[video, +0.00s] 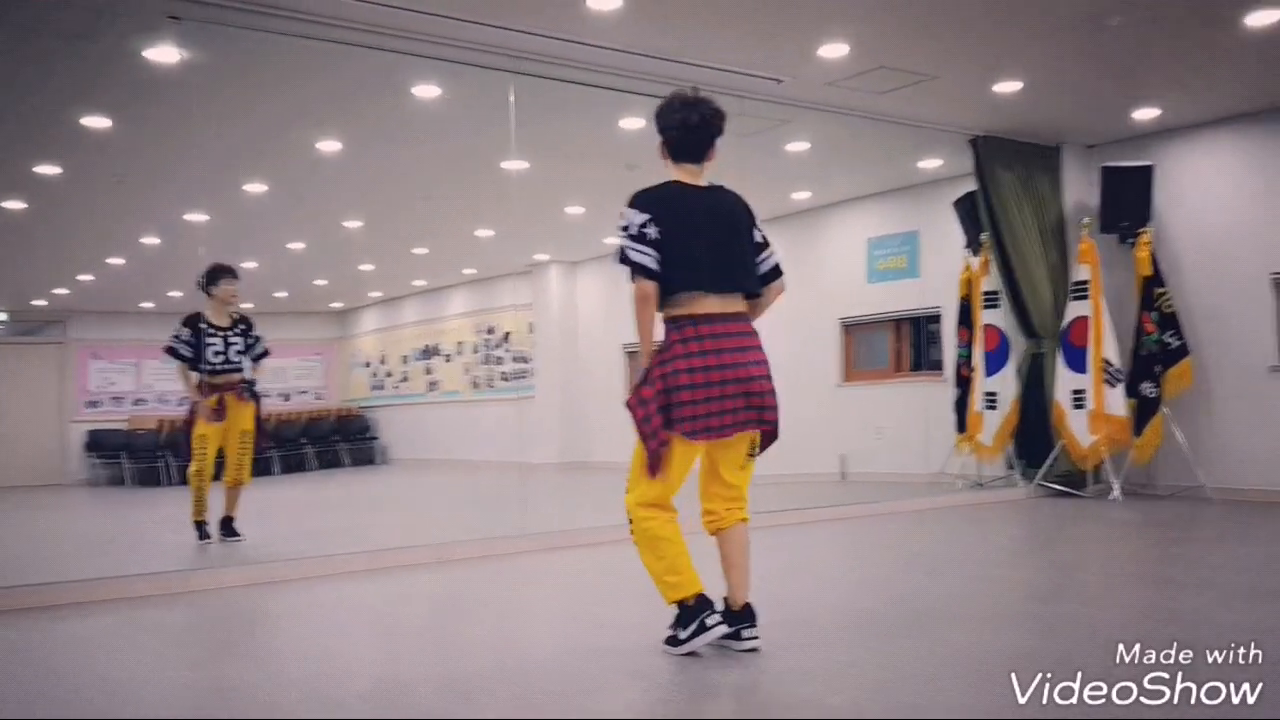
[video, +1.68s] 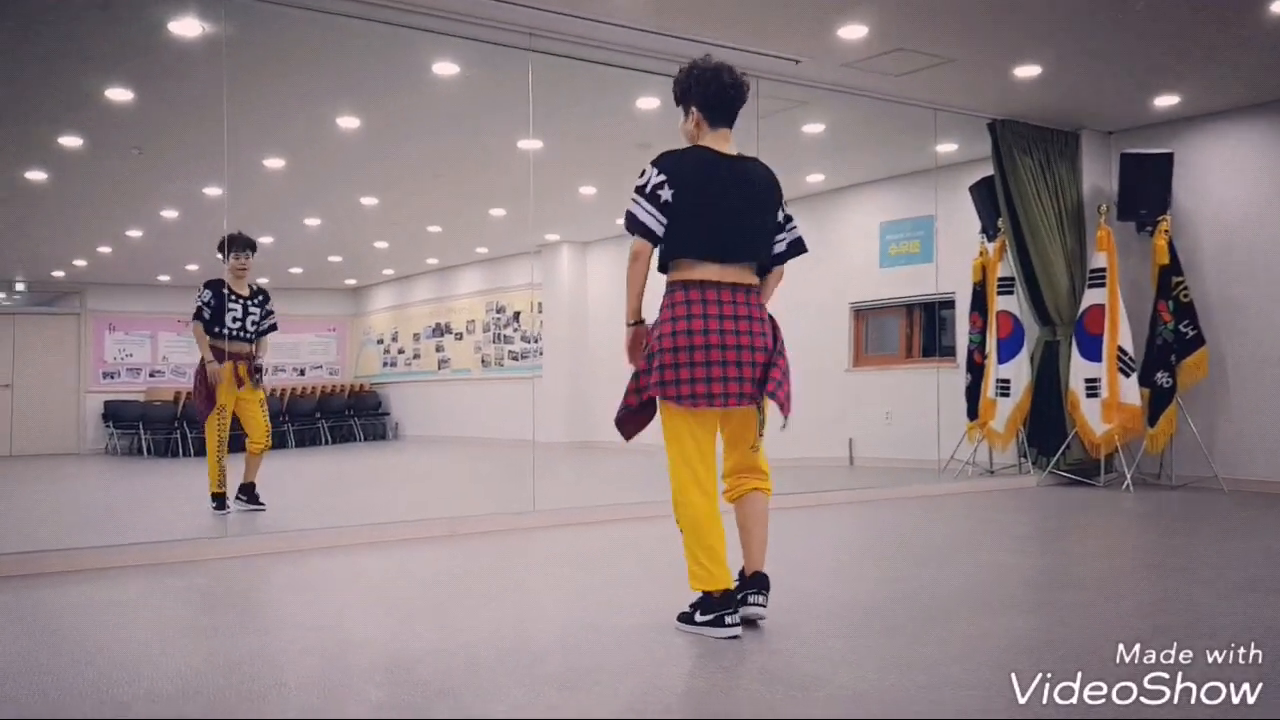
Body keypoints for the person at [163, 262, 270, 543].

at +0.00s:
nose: (234, 290)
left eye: (235, 284)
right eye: (227, 284)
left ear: (237, 288)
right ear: (210, 290)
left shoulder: (244, 323)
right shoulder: (193, 324)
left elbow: (259, 358)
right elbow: (181, 365)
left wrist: (251, 385)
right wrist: (196, 397)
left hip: (241, 395)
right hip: (208, 395)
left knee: (239, 462)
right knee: (202, 463)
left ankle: (228, 520)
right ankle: (200, 520)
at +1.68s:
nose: (242, 261)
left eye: (247, 256)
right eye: (236, 256)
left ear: (253, 260)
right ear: (225, 260)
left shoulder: (260, 295)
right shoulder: (213, 289)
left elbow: (263, 336)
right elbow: (197, 325)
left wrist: (258, 360)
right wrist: (209, 360)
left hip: (247, 366)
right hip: (218, 365)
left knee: (260, 433)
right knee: (218, 434)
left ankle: (247, 489)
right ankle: (218, 493)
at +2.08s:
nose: (262, 254)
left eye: (266, 250)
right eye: (255, 250)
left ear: (272, 257)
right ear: (245, 258)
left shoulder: (287, 289)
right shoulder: (233, 293)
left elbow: (305, 324)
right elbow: (225, 330)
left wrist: (293, 350)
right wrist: (238, 352)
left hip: (278, 363)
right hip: (245, 363)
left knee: (277, 427)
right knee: (233, 428)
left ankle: (267, 481)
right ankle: (240, 483)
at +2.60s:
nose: (259, 256)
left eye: (263, 252)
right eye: (252, 252)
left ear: (268, 258)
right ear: (239, 258)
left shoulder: (268, 293)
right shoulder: (230, 287)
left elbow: (272, 335)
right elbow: (213, 325)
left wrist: (280, 357)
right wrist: (222, 364)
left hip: (270, 363)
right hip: (243, 363)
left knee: (274, 431)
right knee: (254, 435)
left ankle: (266, 485)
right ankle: (239, 488)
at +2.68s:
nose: (257, 261)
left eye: (261, 256)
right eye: (250, 256)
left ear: (265, 261)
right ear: (238, 261)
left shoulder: (266, 296)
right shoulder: (231, 288)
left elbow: (270, 337)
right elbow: (218, 328)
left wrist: (275, 367)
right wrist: (221, 369)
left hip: (265, 366)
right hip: (241, 366)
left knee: (283, 430)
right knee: (247, 435)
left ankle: (265, 485)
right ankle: (237, 491)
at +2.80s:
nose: (257, 261)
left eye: (260, 256)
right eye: (250, 257)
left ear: (266, 260)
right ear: (239, 261)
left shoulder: (268, 296)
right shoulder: (230, 287)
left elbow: (270, 335)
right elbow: (219, 324)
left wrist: (270, 361)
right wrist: (223, 365)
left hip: (262, 366)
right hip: (237, 366)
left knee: (283, 429)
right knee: (238, 433)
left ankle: (265, 484)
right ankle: (235, 492)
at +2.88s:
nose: (256, 258)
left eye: (260, 253)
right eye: (250, 254)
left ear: (266, 257)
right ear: (238, 258)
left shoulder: (273, 293)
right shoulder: (228, 286)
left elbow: (276, 333)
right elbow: (213, 321)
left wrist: (271, 356)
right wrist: (228, 356)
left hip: (259, 369)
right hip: (230, 368)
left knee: (277, 431)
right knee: (230, 435)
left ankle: (262, 486)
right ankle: (233, 492)